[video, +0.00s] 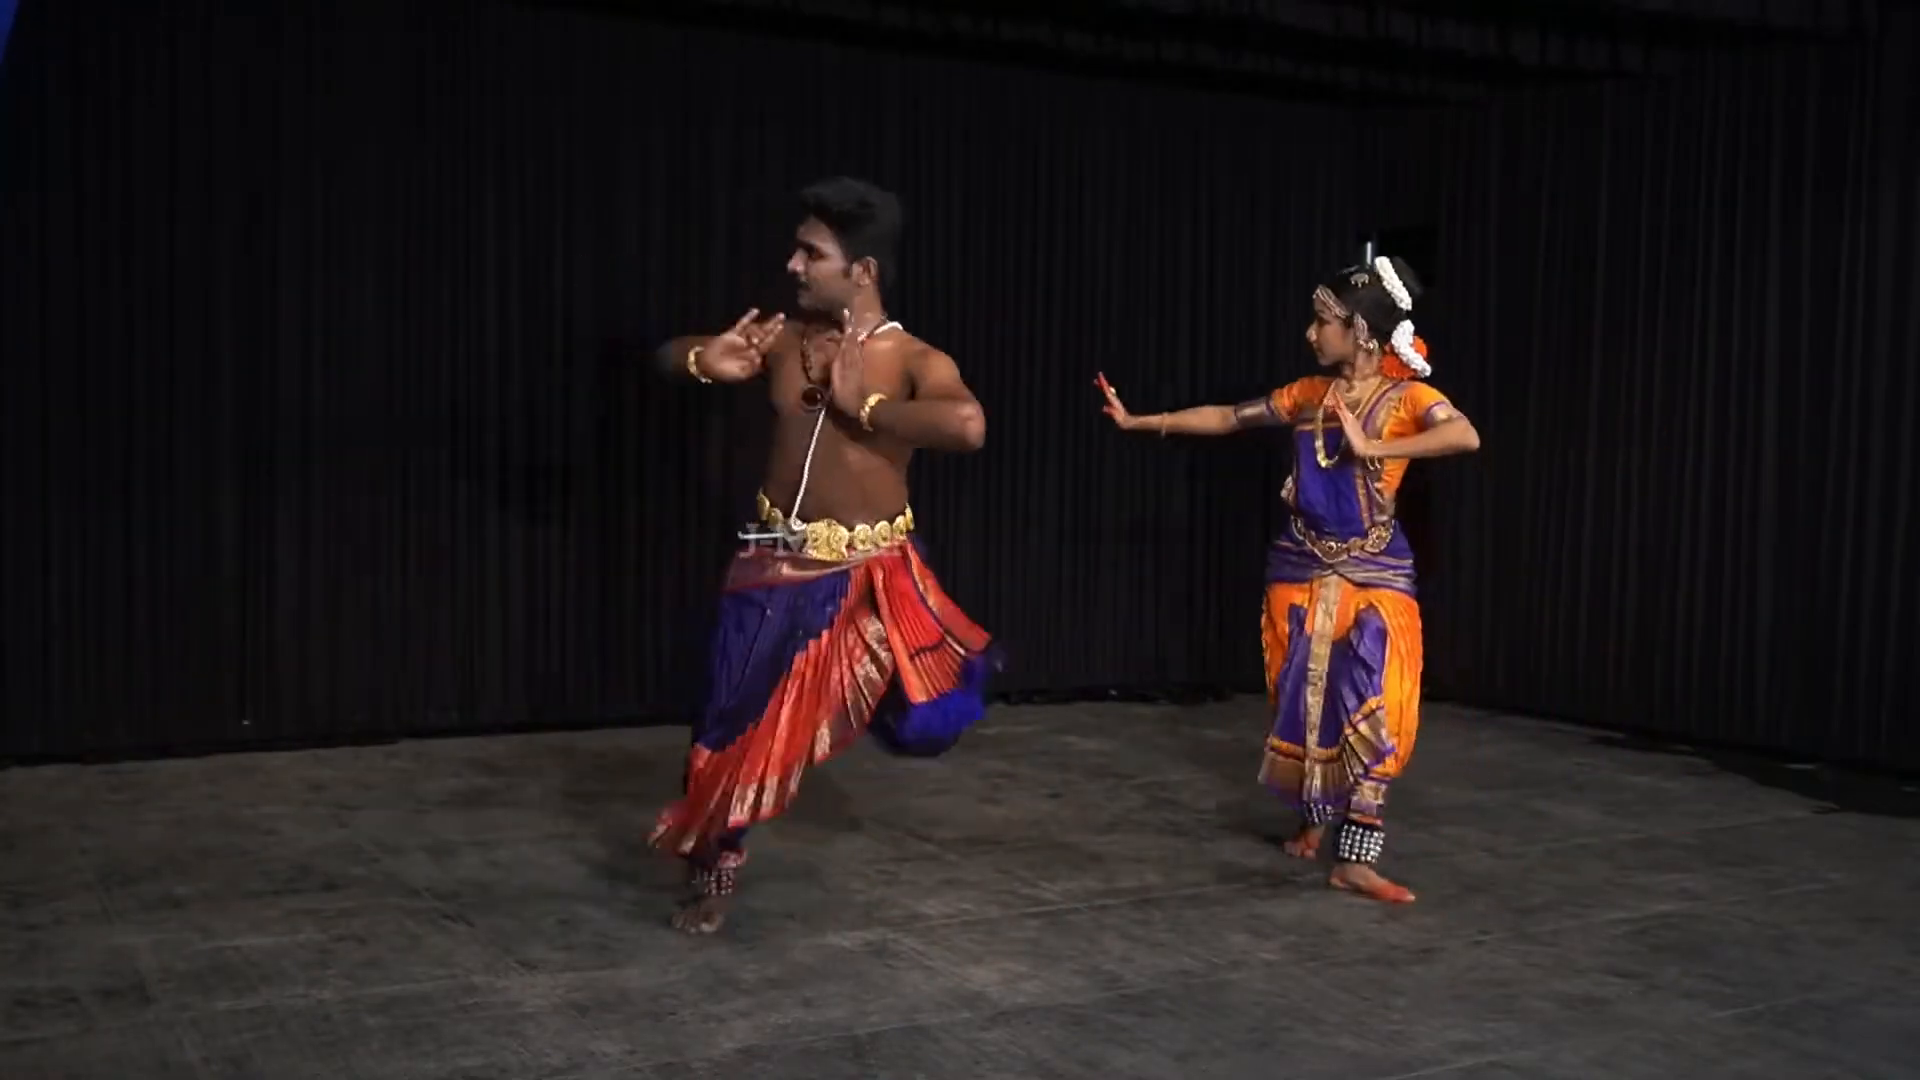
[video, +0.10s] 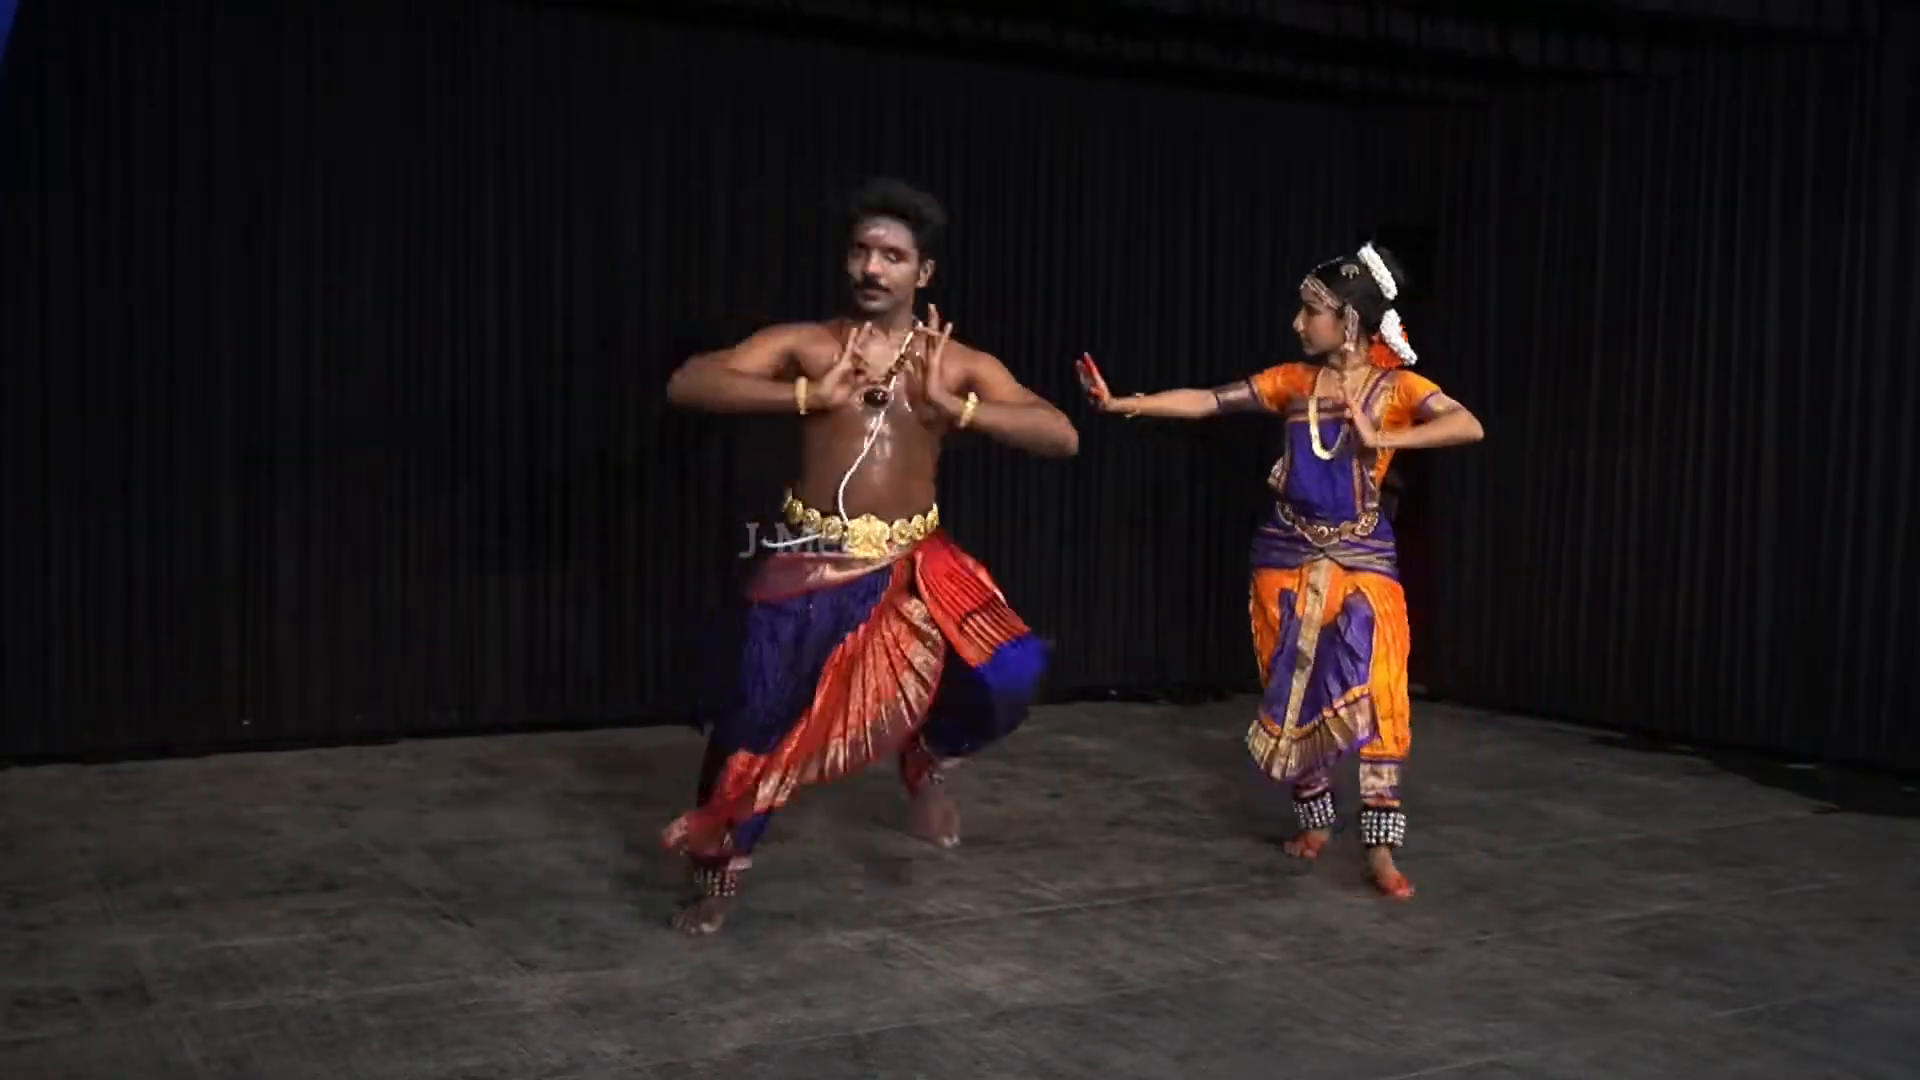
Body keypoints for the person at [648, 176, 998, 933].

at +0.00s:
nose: (794, 263)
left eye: (812, 253)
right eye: (797, 249)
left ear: (862, 270)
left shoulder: (911, 358)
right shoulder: (776, 336)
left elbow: (968, 427)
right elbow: (670, 355)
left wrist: (866, 408)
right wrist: (703, 359)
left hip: (865, 570)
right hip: (772, 560)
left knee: (913, 732)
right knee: (735, 707)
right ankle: (718, 864)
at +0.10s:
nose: (869, 268)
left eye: (890, 256)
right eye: (860, 252)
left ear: (923, 273)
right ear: (846, 261)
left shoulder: (958, 363)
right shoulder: (806, 343)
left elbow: (1063, 437)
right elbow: (688, 384)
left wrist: (963, 412)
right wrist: (806, 395)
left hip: (911, 561)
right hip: (810, 559)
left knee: (1010, 674)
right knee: (758, 715)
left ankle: (927, 760)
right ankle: (721, 867)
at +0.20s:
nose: (968, 279)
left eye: (977, 264)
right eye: (949, 261)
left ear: (986, 272)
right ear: (903, 266)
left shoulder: (990, 366)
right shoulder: (852, 347)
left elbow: (1096, 428)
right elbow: (855, 419)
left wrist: (1098, 409)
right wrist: (971, 416)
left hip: (957, 565)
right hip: (858, 566)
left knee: (1063, 673)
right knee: (793, 728)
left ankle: (1113, 884)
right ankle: (713, 869)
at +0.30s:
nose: (1044, 308)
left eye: (1049, 292)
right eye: (1027, 291)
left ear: (1048, 300)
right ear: (973, 295)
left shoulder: (1047, 396)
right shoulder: (941, 379)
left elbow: (1161, 447)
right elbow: (1035, 439)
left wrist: (1237, 441)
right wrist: (1165, 441)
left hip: (1016, 607)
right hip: (924, 610)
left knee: (1135, 728)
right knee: (826, 764)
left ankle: (1187, 923)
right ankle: (694, 854)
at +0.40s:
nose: (1113, 355)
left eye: (1115, 340)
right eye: (1097, 338)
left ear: (1091, 349)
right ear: (1041, 344)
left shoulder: (1078, 423)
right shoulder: (1019, 426)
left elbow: (1181, 463)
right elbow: (1164, 473)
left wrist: (1313, 469)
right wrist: (1316, 474)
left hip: (1071, 644)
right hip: (983, 652)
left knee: (1211, 732)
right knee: (845, 803)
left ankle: (1194, 928)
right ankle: (688, 853)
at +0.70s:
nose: (1222, 434)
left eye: (1223, 415)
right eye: (1202, 416)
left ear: (1209, 422)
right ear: (1146, 427)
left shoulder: (1208, 489)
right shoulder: (1112, 504)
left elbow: (1294, 522)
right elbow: (1236, 533)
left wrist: (1443, 542)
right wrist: (1374, 536)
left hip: (1158, 712)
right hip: (1059, 718)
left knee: (1301, 781)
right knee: (903, 806)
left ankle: (1184, 927)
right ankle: (729, 855)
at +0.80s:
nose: (1237, 420)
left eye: (1241, 404)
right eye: (1218, 404)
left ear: (1239, 410)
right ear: (1160, 409)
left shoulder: (1239, 491)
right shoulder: (1104, 491)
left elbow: (1328, 542)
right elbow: (1166, 530)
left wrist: (1402, 547)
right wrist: (1264, 528)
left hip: (1185, 713)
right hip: (1082, 703)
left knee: (1315, 795)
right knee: (935, 794)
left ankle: (1191, 930)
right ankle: (768, 863)